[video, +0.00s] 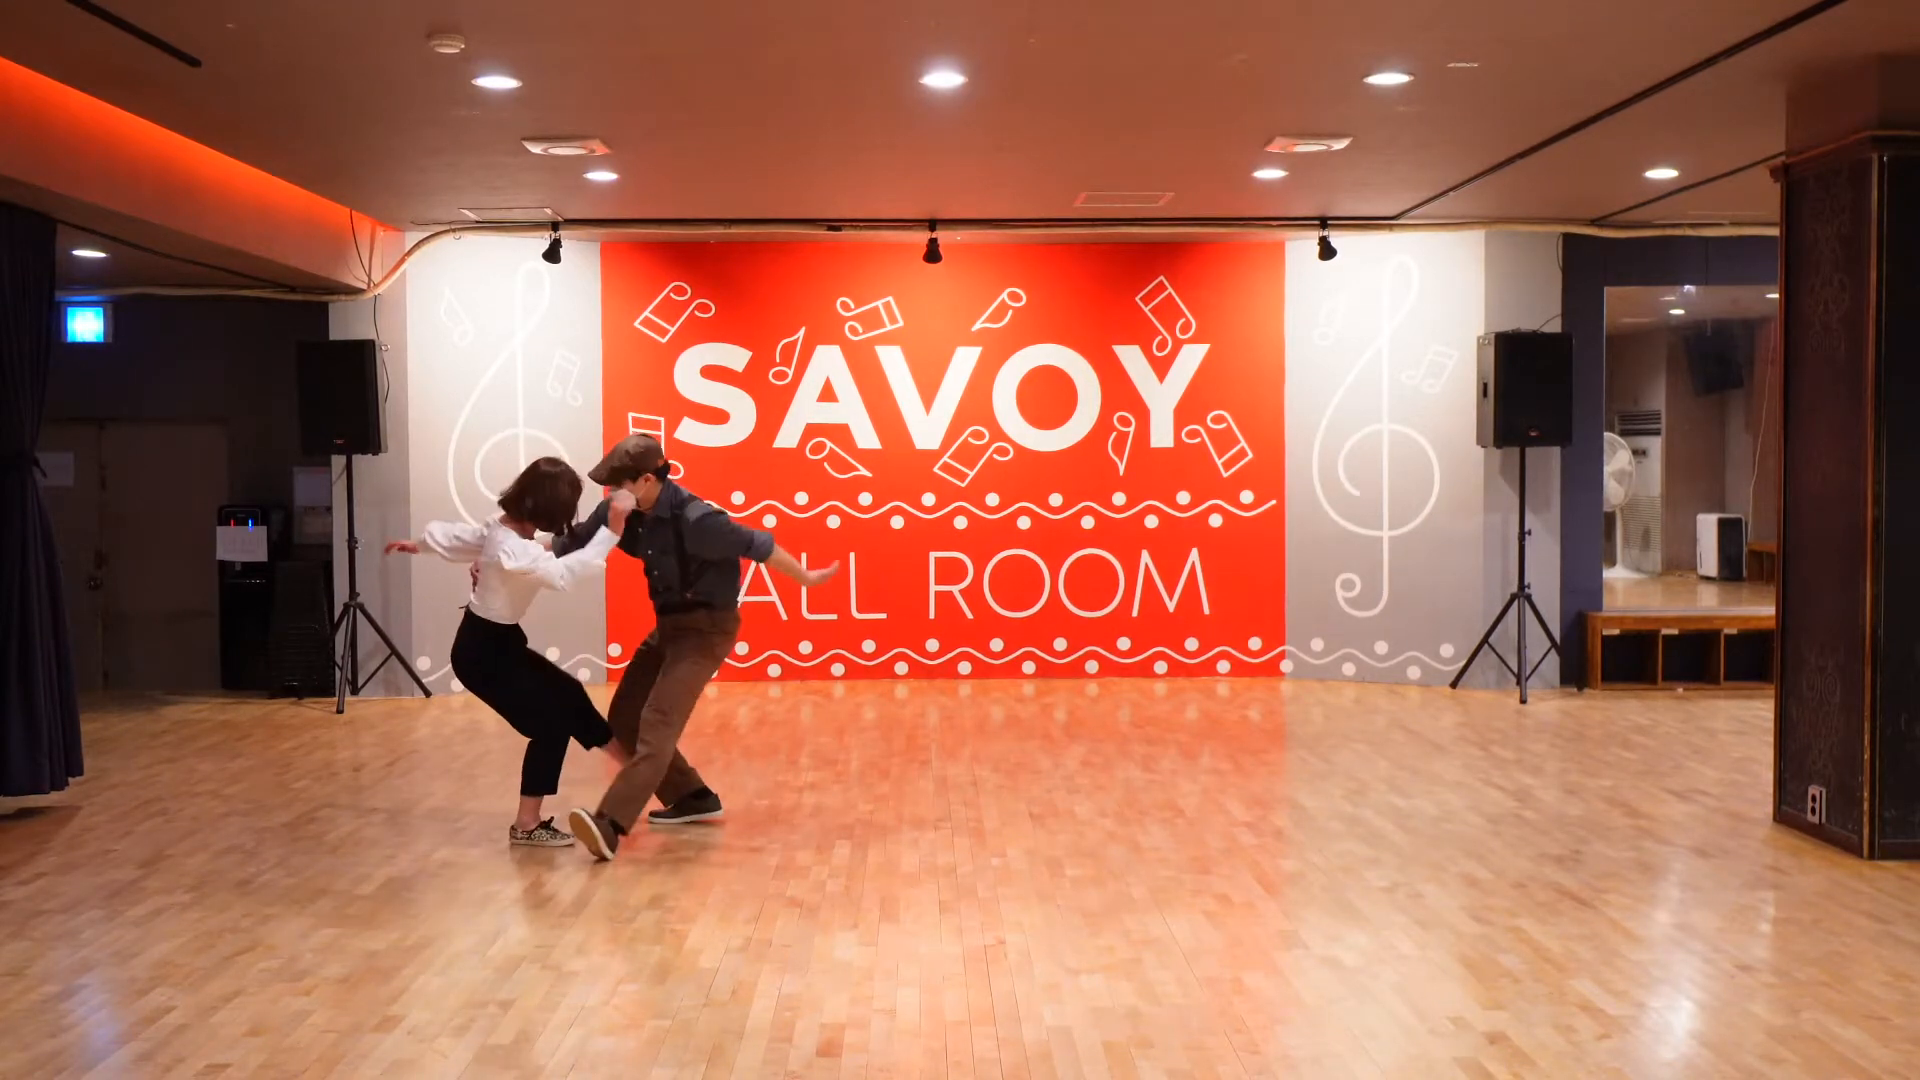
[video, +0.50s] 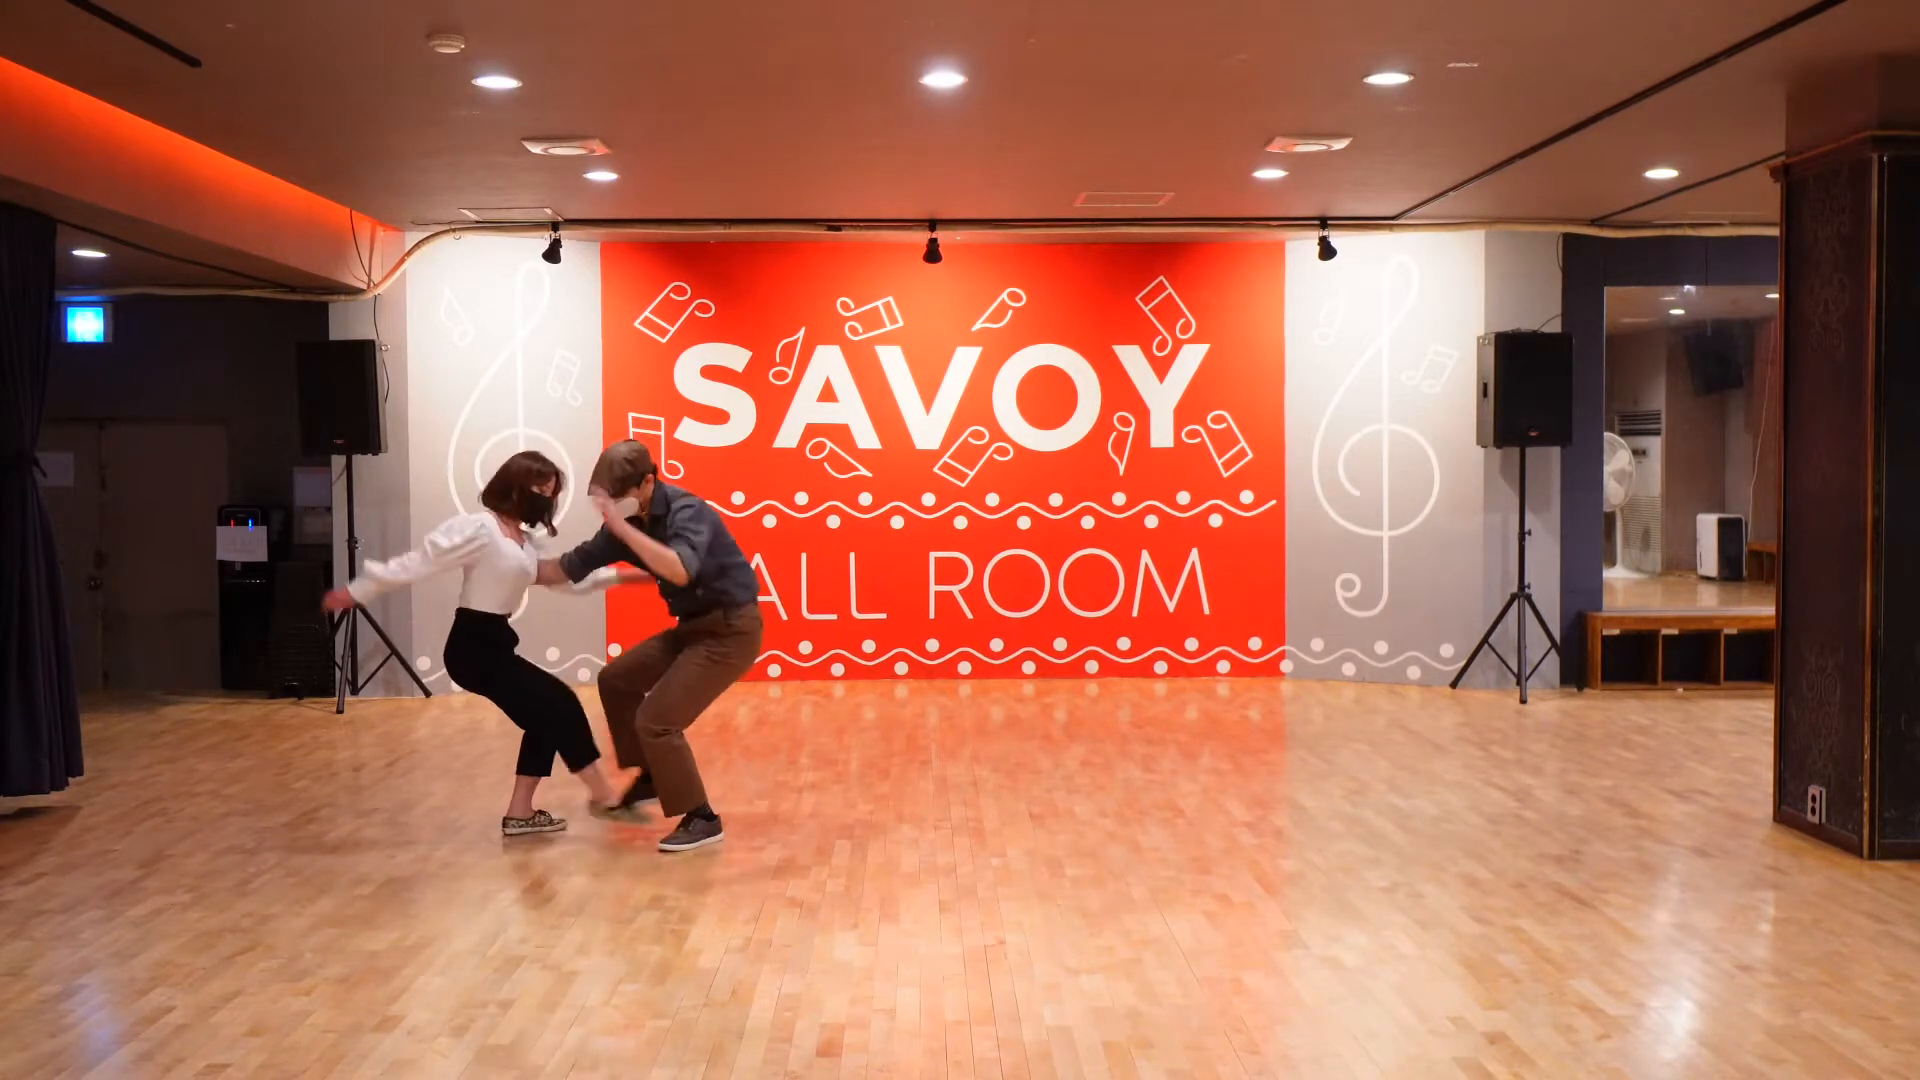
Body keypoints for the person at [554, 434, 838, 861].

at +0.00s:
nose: (614, 492)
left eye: (622, 483)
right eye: (613, 483)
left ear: (649, 480)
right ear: (637, 481)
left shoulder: (696, 519)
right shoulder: (625, 513)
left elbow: (761, 546)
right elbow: (572, 542)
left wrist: (806, 577)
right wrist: (527, 557)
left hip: (707, 630)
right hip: (669, 629)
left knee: (659, 720)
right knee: (624, 719)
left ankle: (610, 825)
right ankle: (692, 797)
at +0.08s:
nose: (613, 496)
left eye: (620, 488)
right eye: (612, 488)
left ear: (648, 482)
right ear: (643, 482)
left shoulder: (697, 519)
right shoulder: (625, 513)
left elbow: (762, 546)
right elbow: (574, 544)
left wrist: (792, 587)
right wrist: (531, 550)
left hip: (712, 628)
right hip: (672, 628)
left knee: (649, 702)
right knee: (623, 715)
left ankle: (628, 819)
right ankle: (693, 796)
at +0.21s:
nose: (616, 502)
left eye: (622, 493)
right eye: (613, 494)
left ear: (650, 484)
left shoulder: (705, 524)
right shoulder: (624, 524)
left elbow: (749, 589)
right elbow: (568, 561)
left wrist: (758, 656)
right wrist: (509, 571)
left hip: (712, 637)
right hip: (674, 636)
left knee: (636, 703)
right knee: (618, 718)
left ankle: (691, 803)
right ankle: (687, 795)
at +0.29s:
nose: (616, 507)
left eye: (622, 499)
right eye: (613, 499)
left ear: (651, 488)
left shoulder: (703, 530)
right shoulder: (629, 529)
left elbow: (742, 604)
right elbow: (575, 568)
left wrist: (722, 675)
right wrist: (515, 575)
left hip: (710, 648)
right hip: (674, 646)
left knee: (644, 727)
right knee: (619, 725)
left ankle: (704, 811)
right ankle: (683, 800)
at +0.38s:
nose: (614, 510)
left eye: (620, 501)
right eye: (610, 502)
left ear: (649, 490)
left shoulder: (700, 526)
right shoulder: (626, 532)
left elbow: (726, 604)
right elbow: (572, 571)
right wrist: (512, 573)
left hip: (724, 638)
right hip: (683, 637)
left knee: (649, 725)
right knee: (620, 721)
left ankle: (698, 816)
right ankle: (690, 795)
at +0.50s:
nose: (611, 508)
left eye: (617, 499)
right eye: (606, 501)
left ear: (645, 485)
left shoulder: (689, 512)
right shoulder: (626, 525)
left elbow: (679, 570)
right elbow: (567, 567)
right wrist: (509, 562)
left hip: (731, 633)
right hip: (691, 631)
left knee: (656, 721)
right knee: (616, 682)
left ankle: (701, 816)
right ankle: (652, 776)